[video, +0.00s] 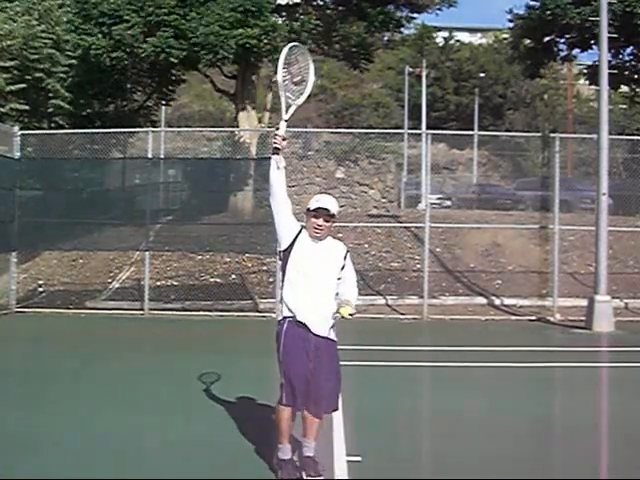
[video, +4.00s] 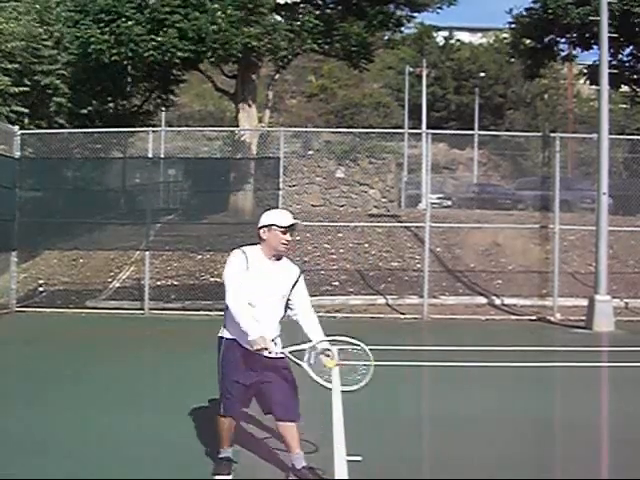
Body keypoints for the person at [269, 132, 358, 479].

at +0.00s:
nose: (320, 221)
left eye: (326, 217)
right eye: (315, 215)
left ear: (333, 222)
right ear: (306, 216)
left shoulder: (339, 251)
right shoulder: (292, 237)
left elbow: (348, 285)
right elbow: (278, 198)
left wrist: (347, 303)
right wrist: (277, 157)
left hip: (324, 329)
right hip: (294, 324)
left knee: (320, 396)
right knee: (291, 393)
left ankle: (308, 454)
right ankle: (284, 455)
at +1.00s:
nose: (316, 226)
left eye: (323, 224)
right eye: (313, 221)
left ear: (331, 231)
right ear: (304, 224)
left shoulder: (336, 257)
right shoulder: (289, 245)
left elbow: (363, 277)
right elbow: (254, 246)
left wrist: (355, 251)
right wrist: (269, 218)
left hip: (319, 337)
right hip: (289, 332)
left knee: (311, 398)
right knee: (288, 395)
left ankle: (301, 457)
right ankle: (283, 459)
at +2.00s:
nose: (309, 232)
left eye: (315, 228)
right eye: (304, 226)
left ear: (322, 231)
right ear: (294, 226)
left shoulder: (328, 259)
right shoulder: (275, 249)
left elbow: (339, 295)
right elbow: (250, 279)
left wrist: (350, 290)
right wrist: (263, 292)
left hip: (312, 337)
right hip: (280, 333)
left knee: (307, 396)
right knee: (278, 395)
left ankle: (301, 456)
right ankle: (269, 455)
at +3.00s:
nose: (306, 251)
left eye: (308, 247)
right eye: (304, 246)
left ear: (293, 240)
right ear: (287, 236)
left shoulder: (299, 267)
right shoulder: (255, 259)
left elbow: (315, 301)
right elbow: (235, 300)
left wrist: (349, 297)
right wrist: (227, 340)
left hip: (285, 344)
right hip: (253, 341)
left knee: (294, 400)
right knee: (248, 402)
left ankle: (300, 464)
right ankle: (240, 458)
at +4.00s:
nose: (289, 238)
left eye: (291, 232)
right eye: (283, 231)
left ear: (291, 236)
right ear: (264, 232)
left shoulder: (291, 272)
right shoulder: (240, 258)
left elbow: (304, 311)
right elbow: (235, 301)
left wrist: (323, 346)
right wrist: (255, 335)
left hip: (272, 348)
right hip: (236, 343)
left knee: (285, 404)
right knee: (231, 403)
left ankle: (299, 465)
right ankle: (224, 458)